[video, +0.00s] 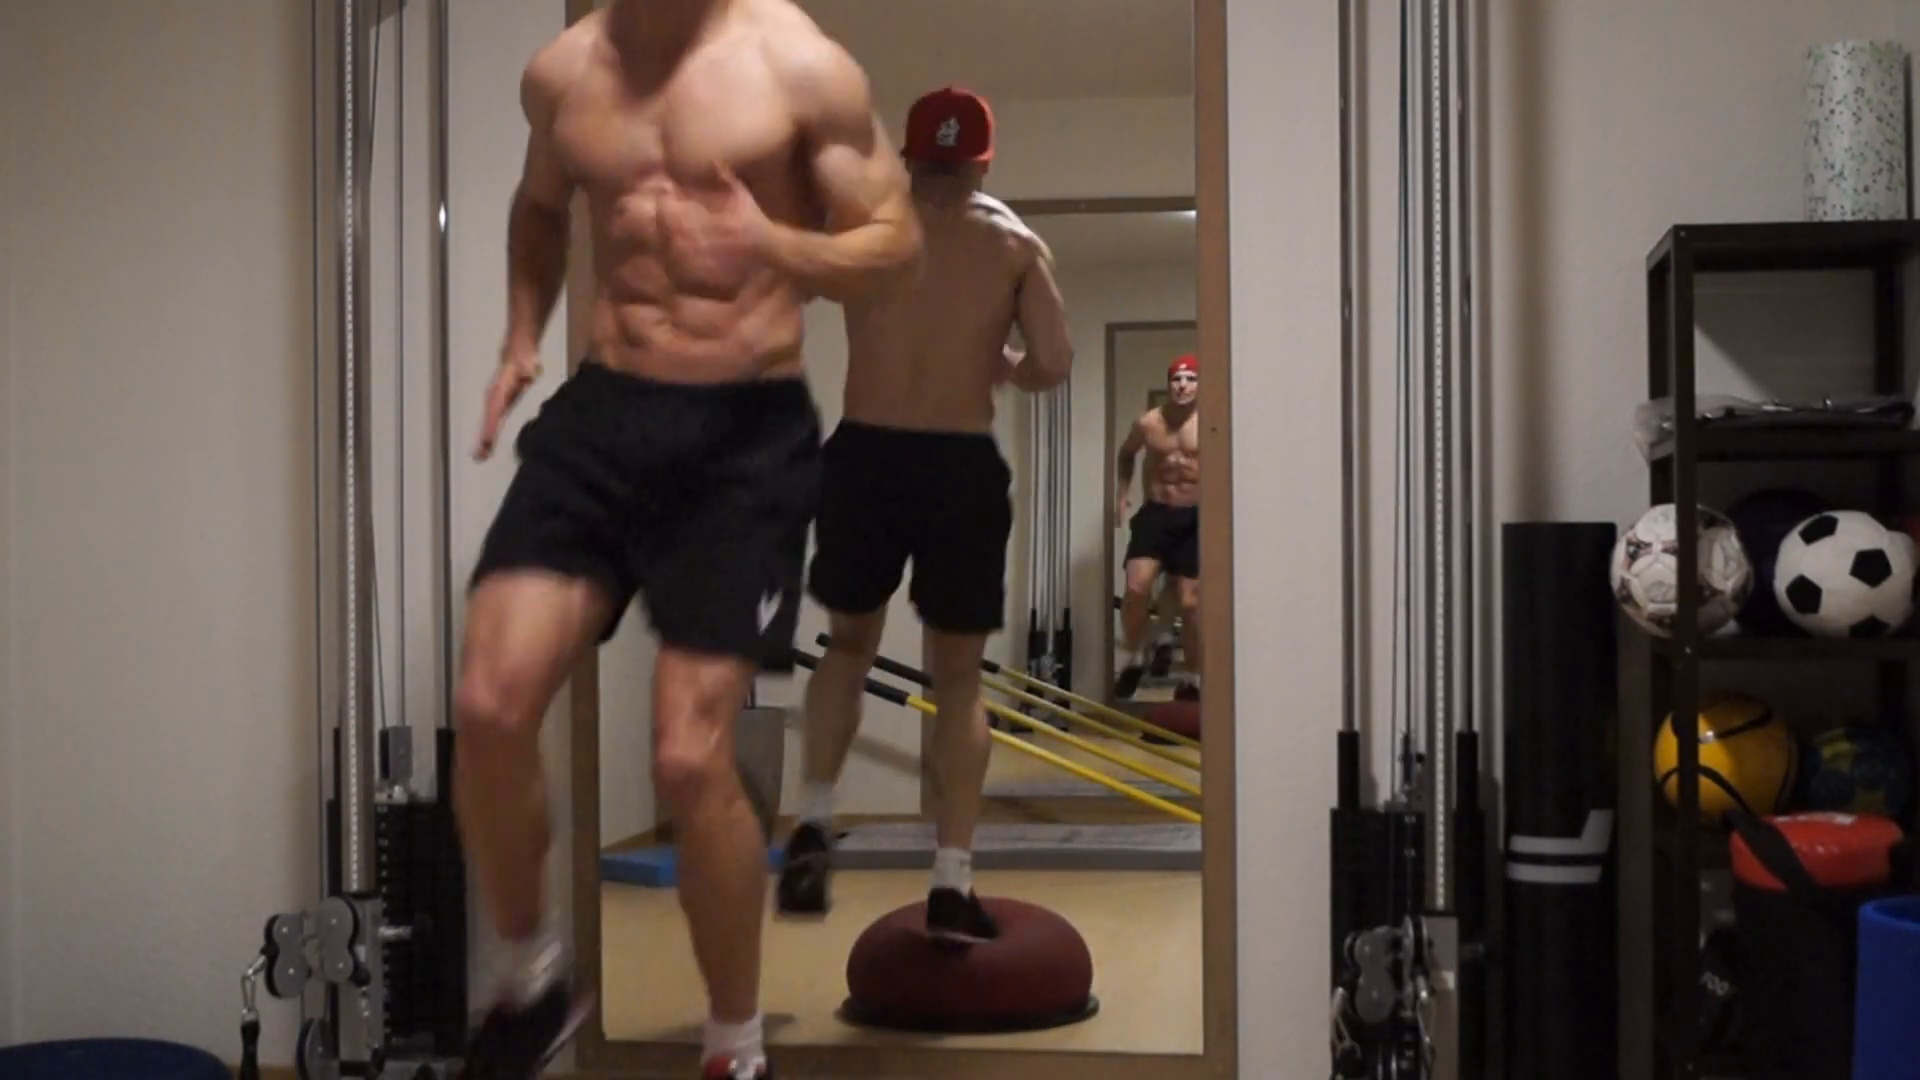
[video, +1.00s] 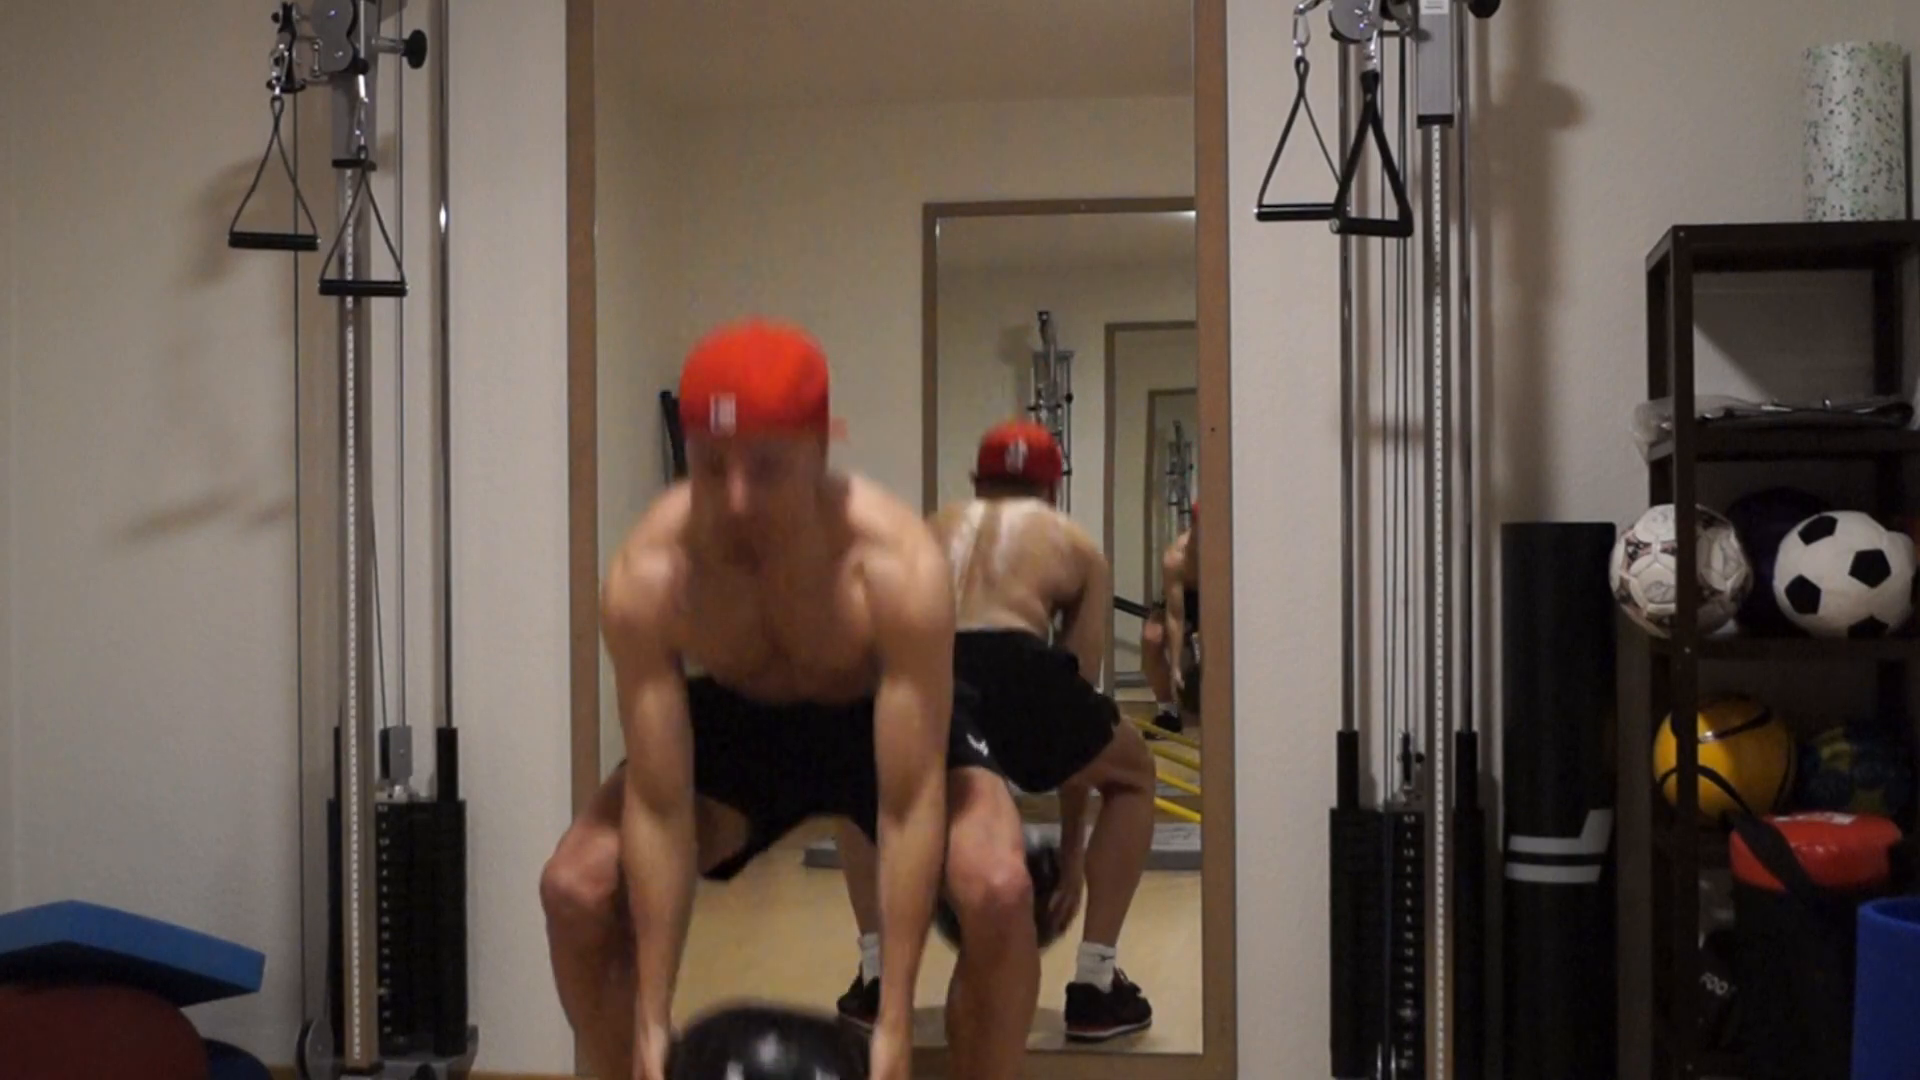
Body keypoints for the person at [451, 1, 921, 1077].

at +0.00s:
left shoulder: (805, 67)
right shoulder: (563, 73)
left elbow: (895, 245)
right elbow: (541, 206)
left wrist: (771, 239)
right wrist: (522, 337)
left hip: (747, 435)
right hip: (599, 422)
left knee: (690, 760)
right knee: (489, 705)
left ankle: (735, 1046)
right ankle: (526, 970)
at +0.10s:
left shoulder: (789, 87)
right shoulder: (544, 89)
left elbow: (869, 276)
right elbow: (515, 203)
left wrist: (753, 220)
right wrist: (498, 326)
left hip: (723, 466)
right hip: (572, 458)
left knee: (672, 765)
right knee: (490, 782)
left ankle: (728, 1034)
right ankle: (475, 1061)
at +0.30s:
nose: (729, 3)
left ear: (811, 18)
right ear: (693, 20)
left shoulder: (864, 111)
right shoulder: (636, 111)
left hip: (831, 528)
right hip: (672, 529)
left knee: (908, 857)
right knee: (655, 855)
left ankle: (956, 1069)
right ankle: (648, 1074)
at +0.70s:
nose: (758, 88)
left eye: (786, 70)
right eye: (738, 67)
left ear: (836, 105)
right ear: (709, 95)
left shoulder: (901, 244)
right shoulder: (654, 256)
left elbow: (963, 444)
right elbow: (612, 453)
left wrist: (877, 449)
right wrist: (665, 431)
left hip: (887, 598)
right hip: (728, 598)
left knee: (965, 876)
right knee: (619, 856)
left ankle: (974, 1071)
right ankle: (645, 1074)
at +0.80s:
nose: (745, 183)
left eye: (775, 158)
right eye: (725, 157)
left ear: (828, 183)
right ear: (700, 176)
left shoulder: (891, 320)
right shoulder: (651, 333)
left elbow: (944, 537)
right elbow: (640, 534)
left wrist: (877, 661)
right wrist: (621, 670)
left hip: (891, 621)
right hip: (738, 625)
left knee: (973, 880)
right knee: (607, 881)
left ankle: (977, 1068)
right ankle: (643, 1076)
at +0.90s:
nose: (736, 369)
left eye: (766, 339)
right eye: (713, 339)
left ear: (821, 337)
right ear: (688, 336)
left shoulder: (893, 461)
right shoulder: (654, 473)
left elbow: (915, 703)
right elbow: (651, 706)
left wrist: (884, 921)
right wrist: (638, 918)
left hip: (881, 683)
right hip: (741, 684)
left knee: (995, 885)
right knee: (585, 881)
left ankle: (980, 1071)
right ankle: (635, 1069)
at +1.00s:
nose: (739, 500)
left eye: (768, 468)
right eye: (714, 467)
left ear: (824, 450)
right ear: (688, 455)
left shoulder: (902, 566)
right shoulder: (648, 575)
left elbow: (911, 809)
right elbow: (657, 810)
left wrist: (894, 1032)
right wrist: (651, 1031)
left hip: (884, 722)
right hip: (740, 732)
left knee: (1001, 893)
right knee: (575, 892)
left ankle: (985, 1066)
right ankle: (616, 1065)